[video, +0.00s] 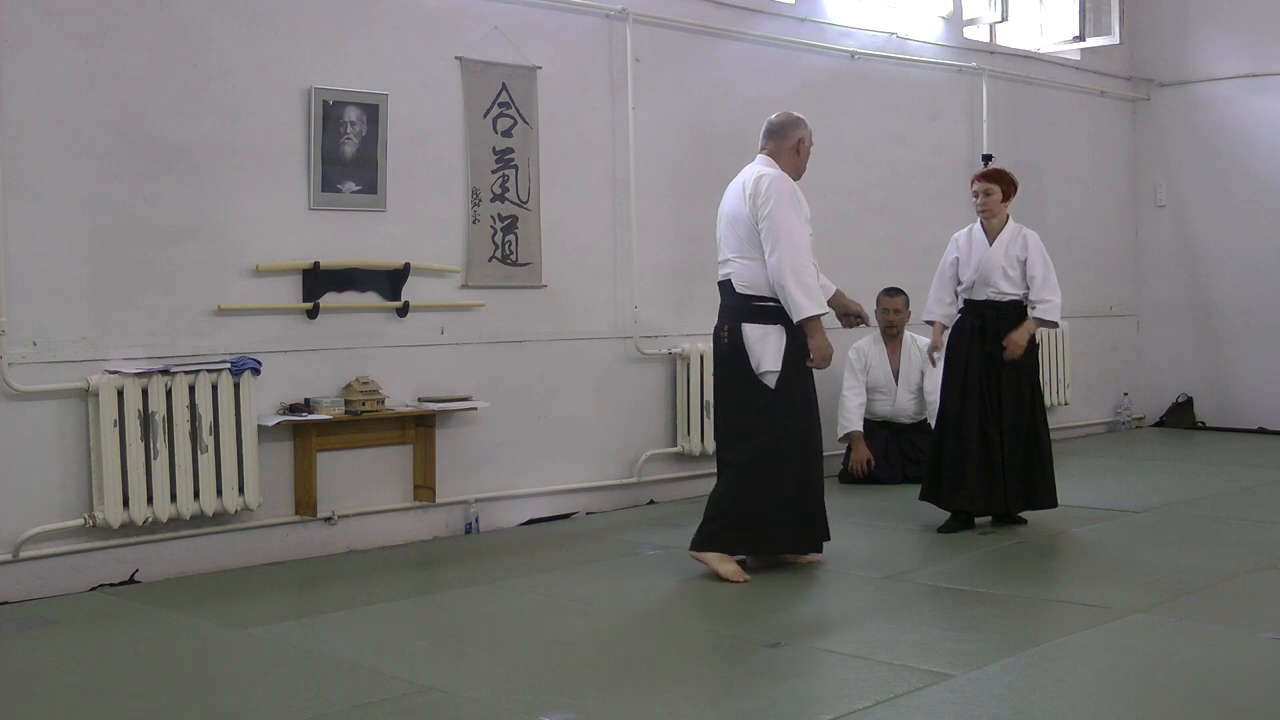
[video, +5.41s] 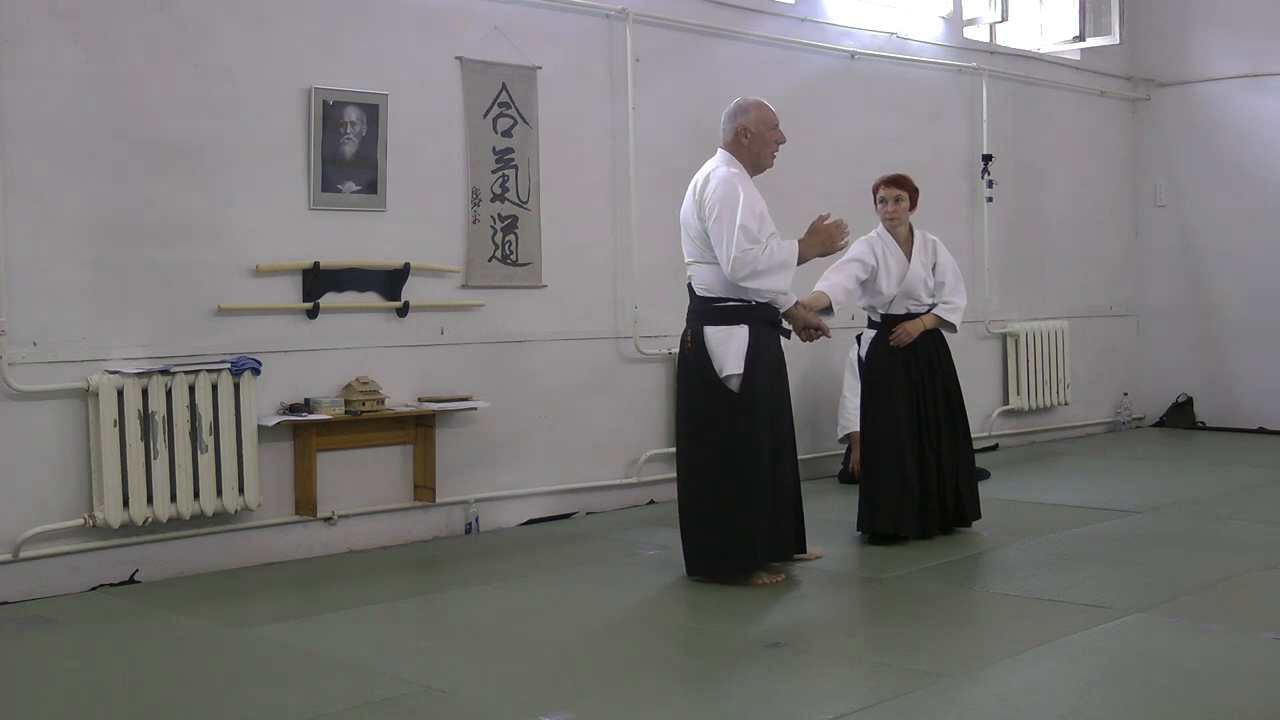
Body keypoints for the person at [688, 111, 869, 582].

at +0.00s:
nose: (809, 160)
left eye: (809, 151)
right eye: (809, 151)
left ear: (767, 143)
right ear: (798, 146)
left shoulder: (749, 180)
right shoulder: (776, 184)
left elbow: (789, 259)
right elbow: (790, 261)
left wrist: (837, 299)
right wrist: (814, 329)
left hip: (748, 318)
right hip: (763, 320)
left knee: (782, 431)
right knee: (771, 433)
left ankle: (776, 541)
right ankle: (713, 540)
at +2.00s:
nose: (784, 136)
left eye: (784, 128)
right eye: (775, 128)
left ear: (744, 133)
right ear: (743, 132)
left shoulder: (745, 182)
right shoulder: (730, 181)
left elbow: (769, 261)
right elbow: (738, 261)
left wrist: (809, 302)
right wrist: (765, 329)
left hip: (754, 327)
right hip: (730, 331)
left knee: (773, 440)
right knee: (735, 447)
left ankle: (782, 539)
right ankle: (732, 560)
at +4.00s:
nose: (776, 138)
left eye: (773, 129)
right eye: (768, 129)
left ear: (736, 133)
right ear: (738, 134)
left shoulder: (727, 180)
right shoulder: (721, 183)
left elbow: (750, 263)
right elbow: (732, 268)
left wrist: (793, 301)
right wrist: (782, 311)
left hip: (747, 326)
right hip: (725, 330)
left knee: (766, 438)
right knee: (733, 447)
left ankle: (776, 541)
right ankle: (734, 561)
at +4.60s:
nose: (780, 138)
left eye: (778, 130)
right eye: (772, 130)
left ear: (738, 136)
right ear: (742, 136)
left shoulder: (716, 179)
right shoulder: (731, 185)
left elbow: (743, 267)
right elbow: (753, 257)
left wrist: (790, 309)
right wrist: (802, 243)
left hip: (735, 322)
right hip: (735, 328)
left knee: (759, 439)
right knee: (738, 444)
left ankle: (768, 546)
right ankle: (736, 560)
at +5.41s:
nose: (781, 140)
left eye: (779, 132)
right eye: (773, 131)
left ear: (740, 135)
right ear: (743, 135)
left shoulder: (728, 179)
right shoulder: (725, 182)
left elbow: (747, 265)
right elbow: (741, 263)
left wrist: (790, 309)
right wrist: (804, 248)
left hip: (749, 325)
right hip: (728, 328)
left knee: (766, 438)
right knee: (732, 444)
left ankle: (775, 540)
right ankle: (731, 560)